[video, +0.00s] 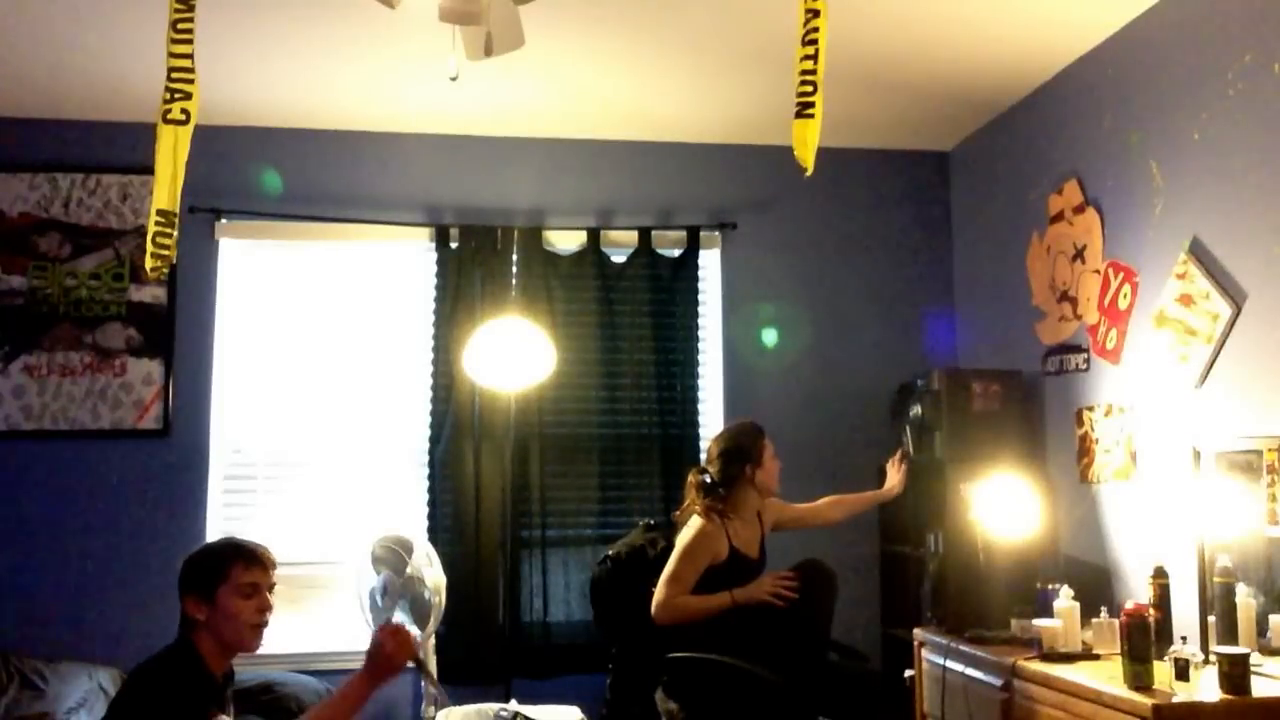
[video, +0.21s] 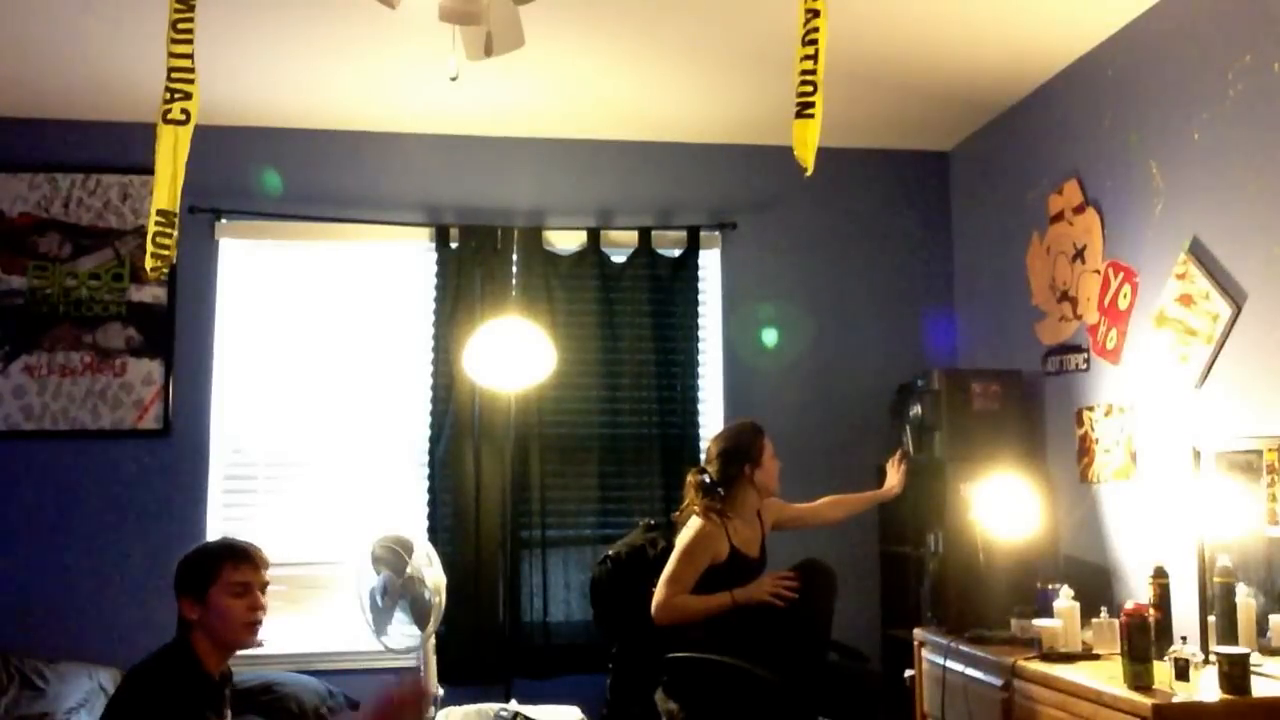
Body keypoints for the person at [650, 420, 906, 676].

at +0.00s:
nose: (779, 464)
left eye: (775, 456)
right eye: (772, 458)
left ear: (750, 473)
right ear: (750, 471)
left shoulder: (763, 511)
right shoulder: (705, 529)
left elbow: (824, 511)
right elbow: (663, 609)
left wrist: (886, 492)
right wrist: (743, 595)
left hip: (732, 639)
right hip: (693, 654)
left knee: (814, 575)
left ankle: (806, 687)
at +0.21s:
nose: (779, 465)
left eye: (775, 457)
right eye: (772, 458)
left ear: (750, 471)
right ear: (750, 470)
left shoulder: (764, 511)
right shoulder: (704, 529)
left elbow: (823, 511)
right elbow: (663, 609)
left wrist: (886, 492)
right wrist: (743, 595)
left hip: (734, 638)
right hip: (695, 652)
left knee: (814, 575)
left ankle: (805, 687)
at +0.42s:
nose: (778, 466)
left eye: (775, 457)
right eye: (772, 459)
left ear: (749, 471)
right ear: (749, 470)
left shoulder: (763, 511)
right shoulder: (705, 529)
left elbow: (824, 510)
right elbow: (664, 609)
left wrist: (886, 492)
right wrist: (742, 595)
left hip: (735, 637)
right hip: (695, 651)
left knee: (815, 575)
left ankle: (806, 688)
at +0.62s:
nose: (779, 465)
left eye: (775, 457)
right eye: (772, 458)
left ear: (749, 473)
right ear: (749, 472)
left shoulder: (763, 510)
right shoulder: (704, 529)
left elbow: (822, 510)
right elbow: (663, 609)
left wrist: (885, 492)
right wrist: (742, 595)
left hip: (733, 638)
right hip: (694, 653)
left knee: (815, 574)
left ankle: (806, 689)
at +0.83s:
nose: (778, 465)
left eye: (774, 456)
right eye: (771, 458)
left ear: (748, 471)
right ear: (749, 471)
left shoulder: (762, 511)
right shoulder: (704, 529)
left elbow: (823, 510)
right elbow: (663, 610)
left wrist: (886, 491)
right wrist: (742, 595)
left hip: (734, 636)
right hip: (694, 651)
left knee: (815, 575)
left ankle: (806, 685)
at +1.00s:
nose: (779, 465)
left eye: (775, 457)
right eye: (772, 458)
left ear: (748, 472)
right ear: (748, 471)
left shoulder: (762, 511)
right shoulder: (703, 530)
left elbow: (820, 515)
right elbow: (664, 610)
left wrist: (884, 492)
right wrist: (742, 595)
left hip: (733, 637)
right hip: (695, 651)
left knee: (815, 574)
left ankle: (806, 687)